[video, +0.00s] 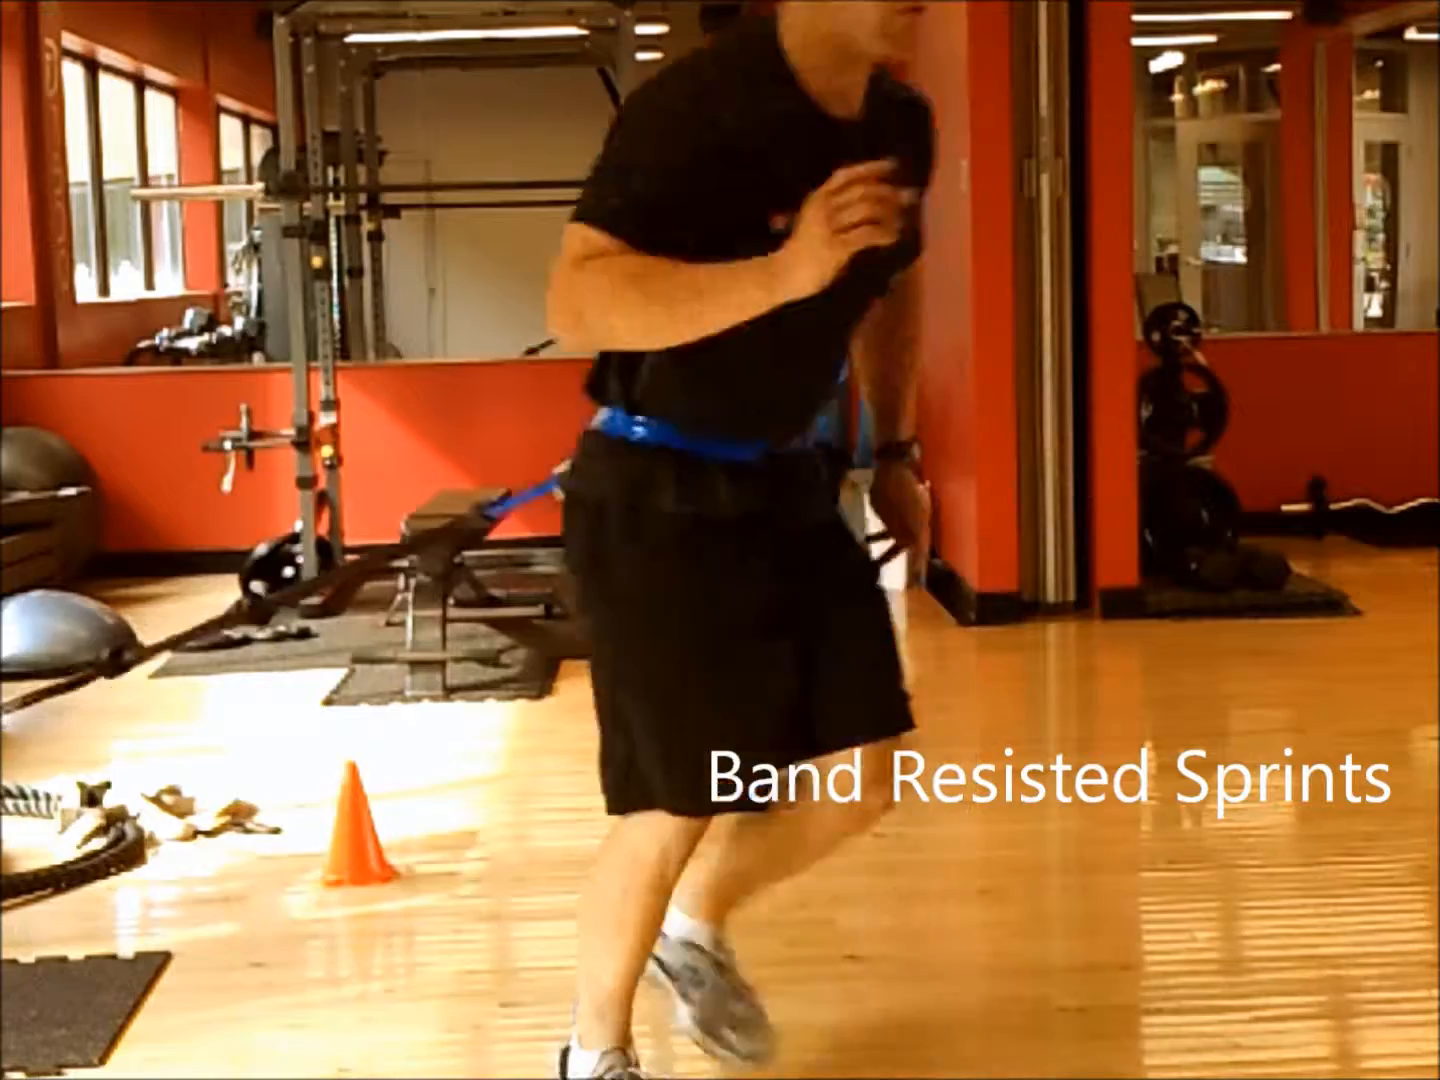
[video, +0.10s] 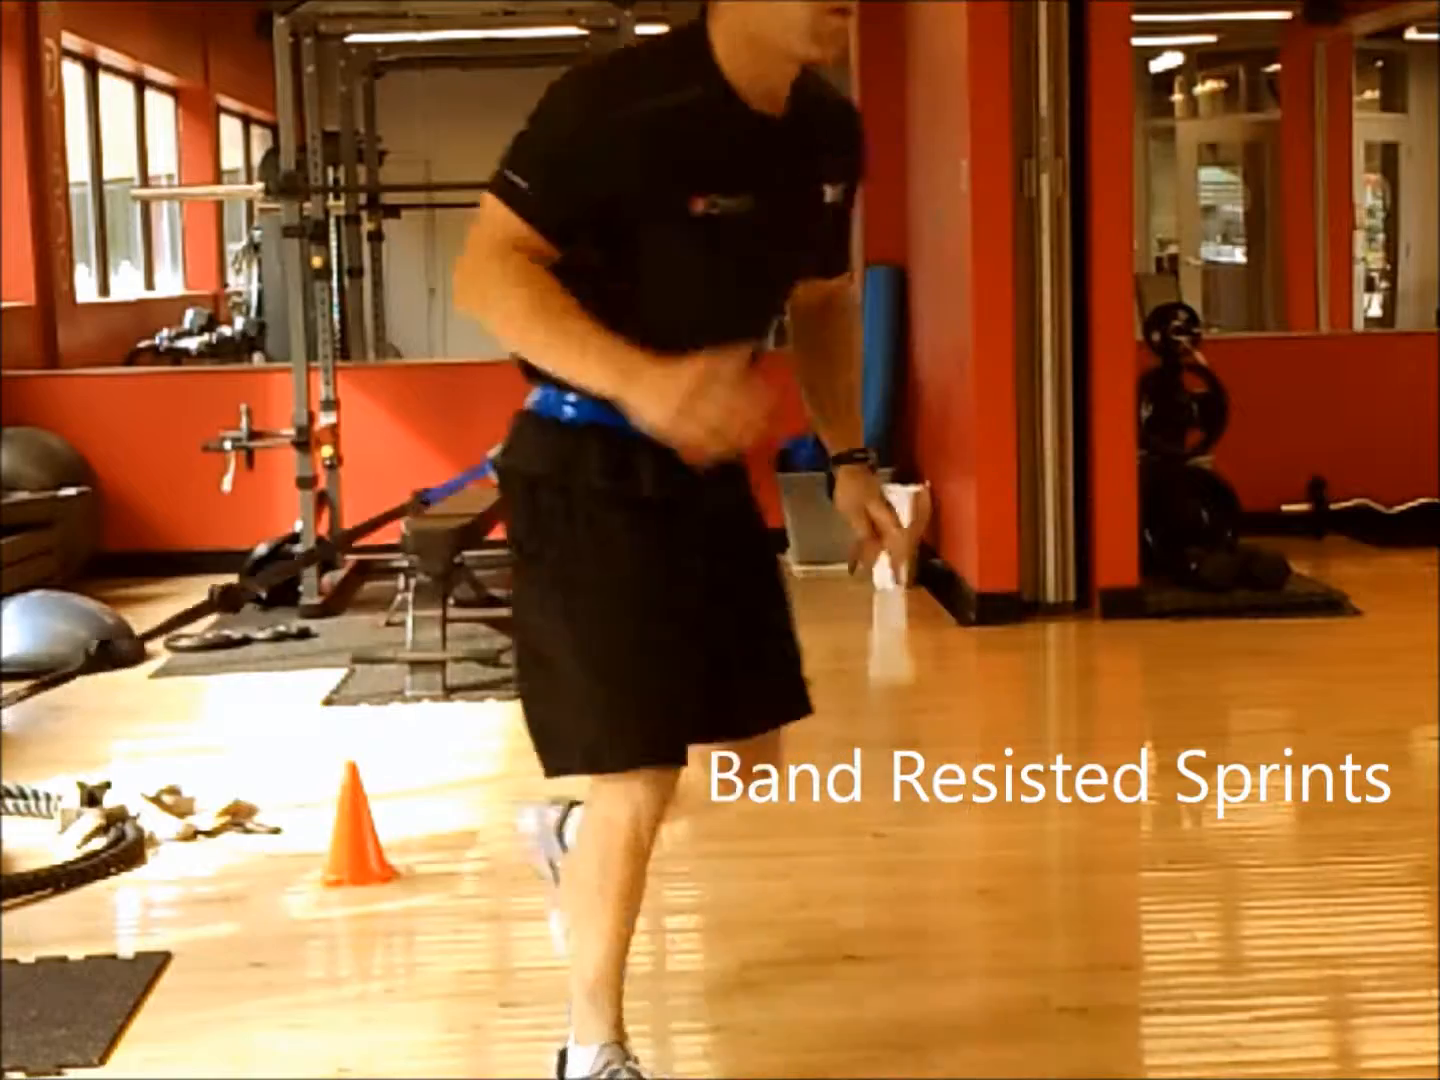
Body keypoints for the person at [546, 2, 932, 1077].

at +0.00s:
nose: (916, 8)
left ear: (905, 10)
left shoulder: (902, 120)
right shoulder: (687, 101)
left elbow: (891, 299)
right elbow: (577, 302)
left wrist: (892, 456)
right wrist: (783, 271)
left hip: (790, 480)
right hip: (651, 483)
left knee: (861, 771)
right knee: (677, 790)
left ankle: (690, 924)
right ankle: (594, 1047)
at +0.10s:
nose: (842, 9)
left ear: (832, 13)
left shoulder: (825, 127)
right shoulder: (608, 99)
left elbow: (824, 304)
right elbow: (486, 274)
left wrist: (849, 462)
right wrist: (640, 377)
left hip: (710, 464)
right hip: (585, 462)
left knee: (749, 732)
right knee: (639, 767)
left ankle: (575, 839)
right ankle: (593, 1046)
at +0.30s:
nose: (696, 64)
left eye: (705, 41)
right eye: (672, 36)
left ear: (712, 53)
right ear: (596, 37)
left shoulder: (690, 183)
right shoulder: (486, 163)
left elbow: (728, 329)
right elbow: (332, 284)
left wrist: (758, 418)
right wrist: (331, 480)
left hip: (569, 471)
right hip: (463, 468)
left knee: (534, 702)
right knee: (526, 722)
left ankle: (445, 876)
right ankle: (566, 1022)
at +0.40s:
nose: (643, 88)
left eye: (652, 65)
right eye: (622, 61)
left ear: (656, 67)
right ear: (549, 50)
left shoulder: (627, 187)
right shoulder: (426, 169)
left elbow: (660, 339)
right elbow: (308, 305)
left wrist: (716, 428)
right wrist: (272, 480)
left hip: (526, 467)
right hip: (414, 462)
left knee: (504, 695)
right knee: (480, 697)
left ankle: (435, 897)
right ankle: (507, 982)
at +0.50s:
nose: (576, 42)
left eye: (589, 24)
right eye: (555, 19)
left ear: (595, 29)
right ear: (491, 11)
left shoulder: (577, 141)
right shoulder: (379, 117)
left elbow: (595, 298)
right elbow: (286, 267)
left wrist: (646, 427)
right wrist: (269, 436)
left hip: (491, 420)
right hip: (381, 415)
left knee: (474, 664)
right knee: (420, 660)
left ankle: (437, 891)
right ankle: (392, 923)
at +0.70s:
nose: (465, 45)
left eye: (475, 26)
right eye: (443, 22)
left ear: (477, 33)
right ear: (381, 19)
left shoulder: (481, 140)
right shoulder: (290, 128)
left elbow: (498, 265)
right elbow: (196, 270)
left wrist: (507, 368)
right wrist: (273, 404)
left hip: (431, 428)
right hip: (313, 432)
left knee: (450, 653)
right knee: (299, 648)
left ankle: (437, 893)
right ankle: (216, 805)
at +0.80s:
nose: (413, 65)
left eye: (422, 45)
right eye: (394, 41)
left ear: (426, 44)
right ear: (329, 33)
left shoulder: (424, 147)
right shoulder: (244, 141)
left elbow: (438, 276)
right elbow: (172, 288)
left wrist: (469, 381)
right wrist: (260, 408)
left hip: (386, 432)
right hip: (266, 438)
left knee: (421, 653)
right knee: (238, 650)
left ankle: (436, 893)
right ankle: (192, 818)